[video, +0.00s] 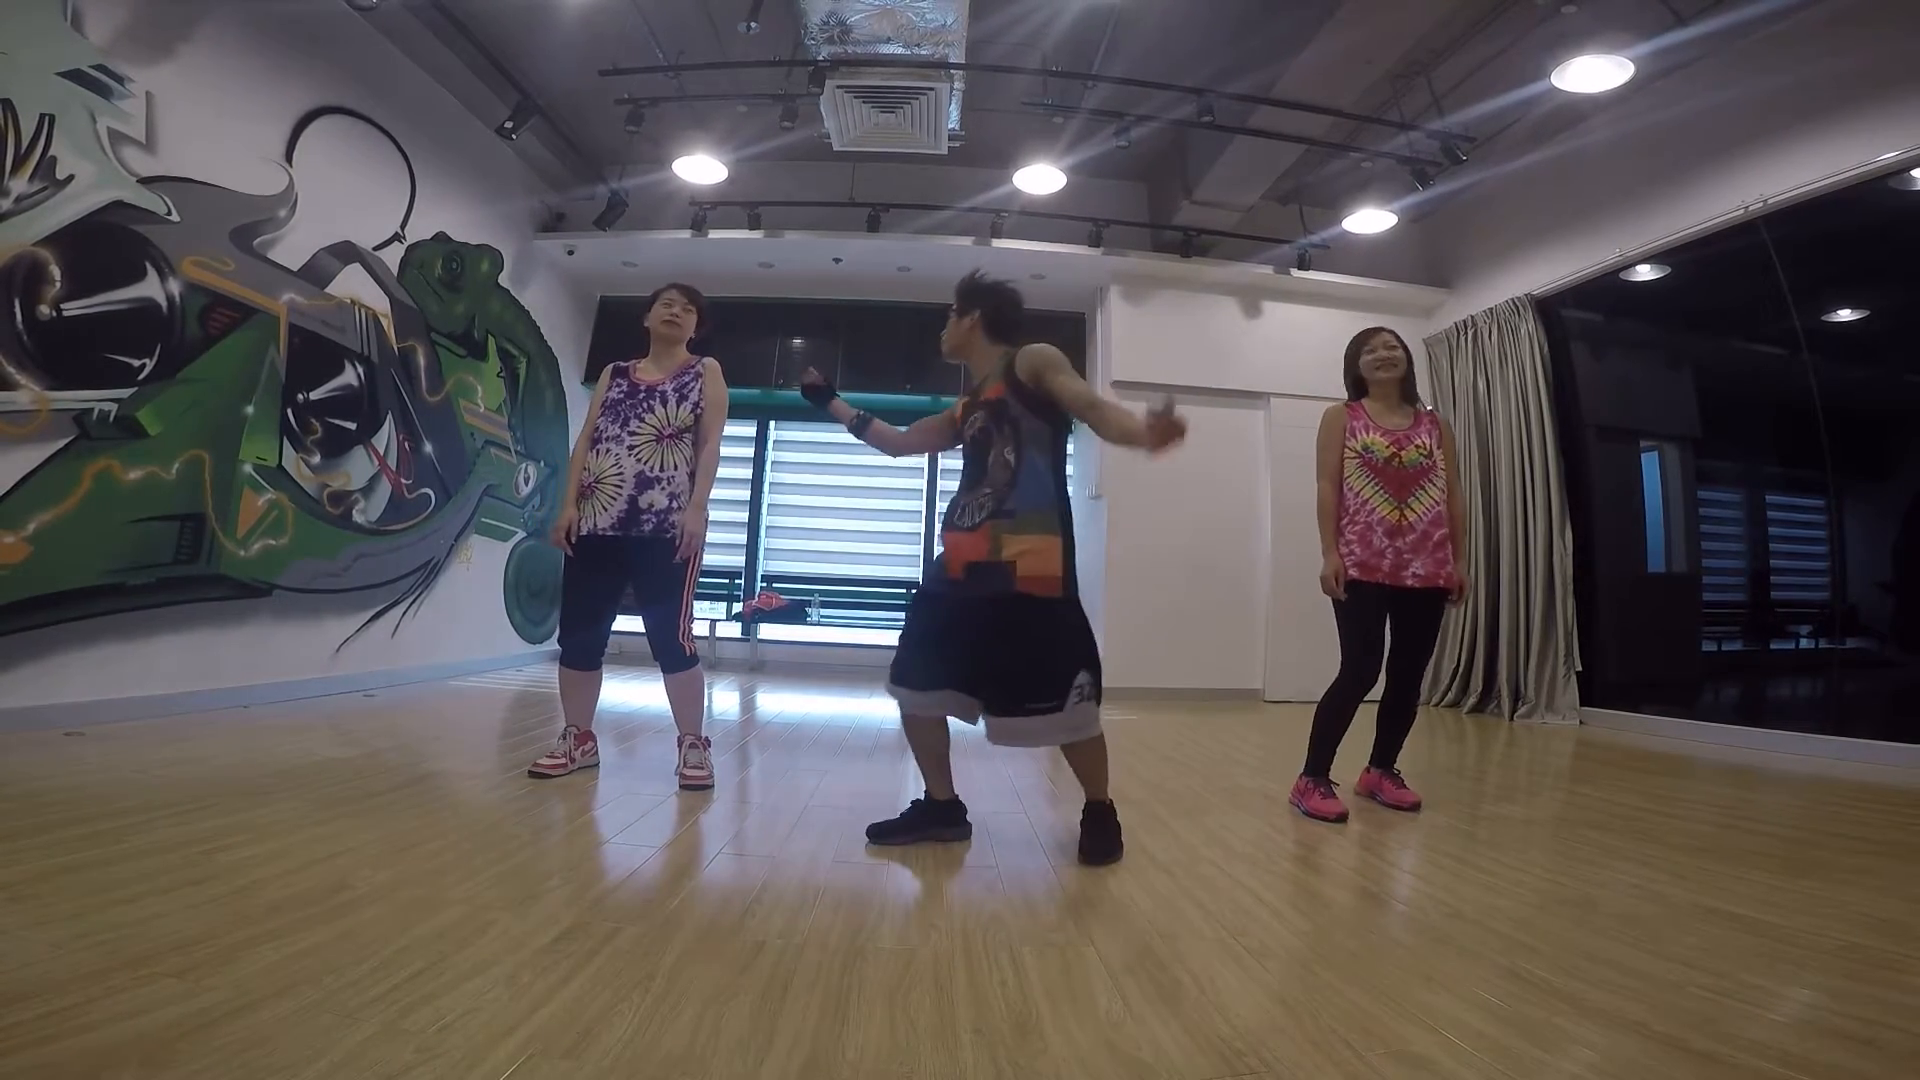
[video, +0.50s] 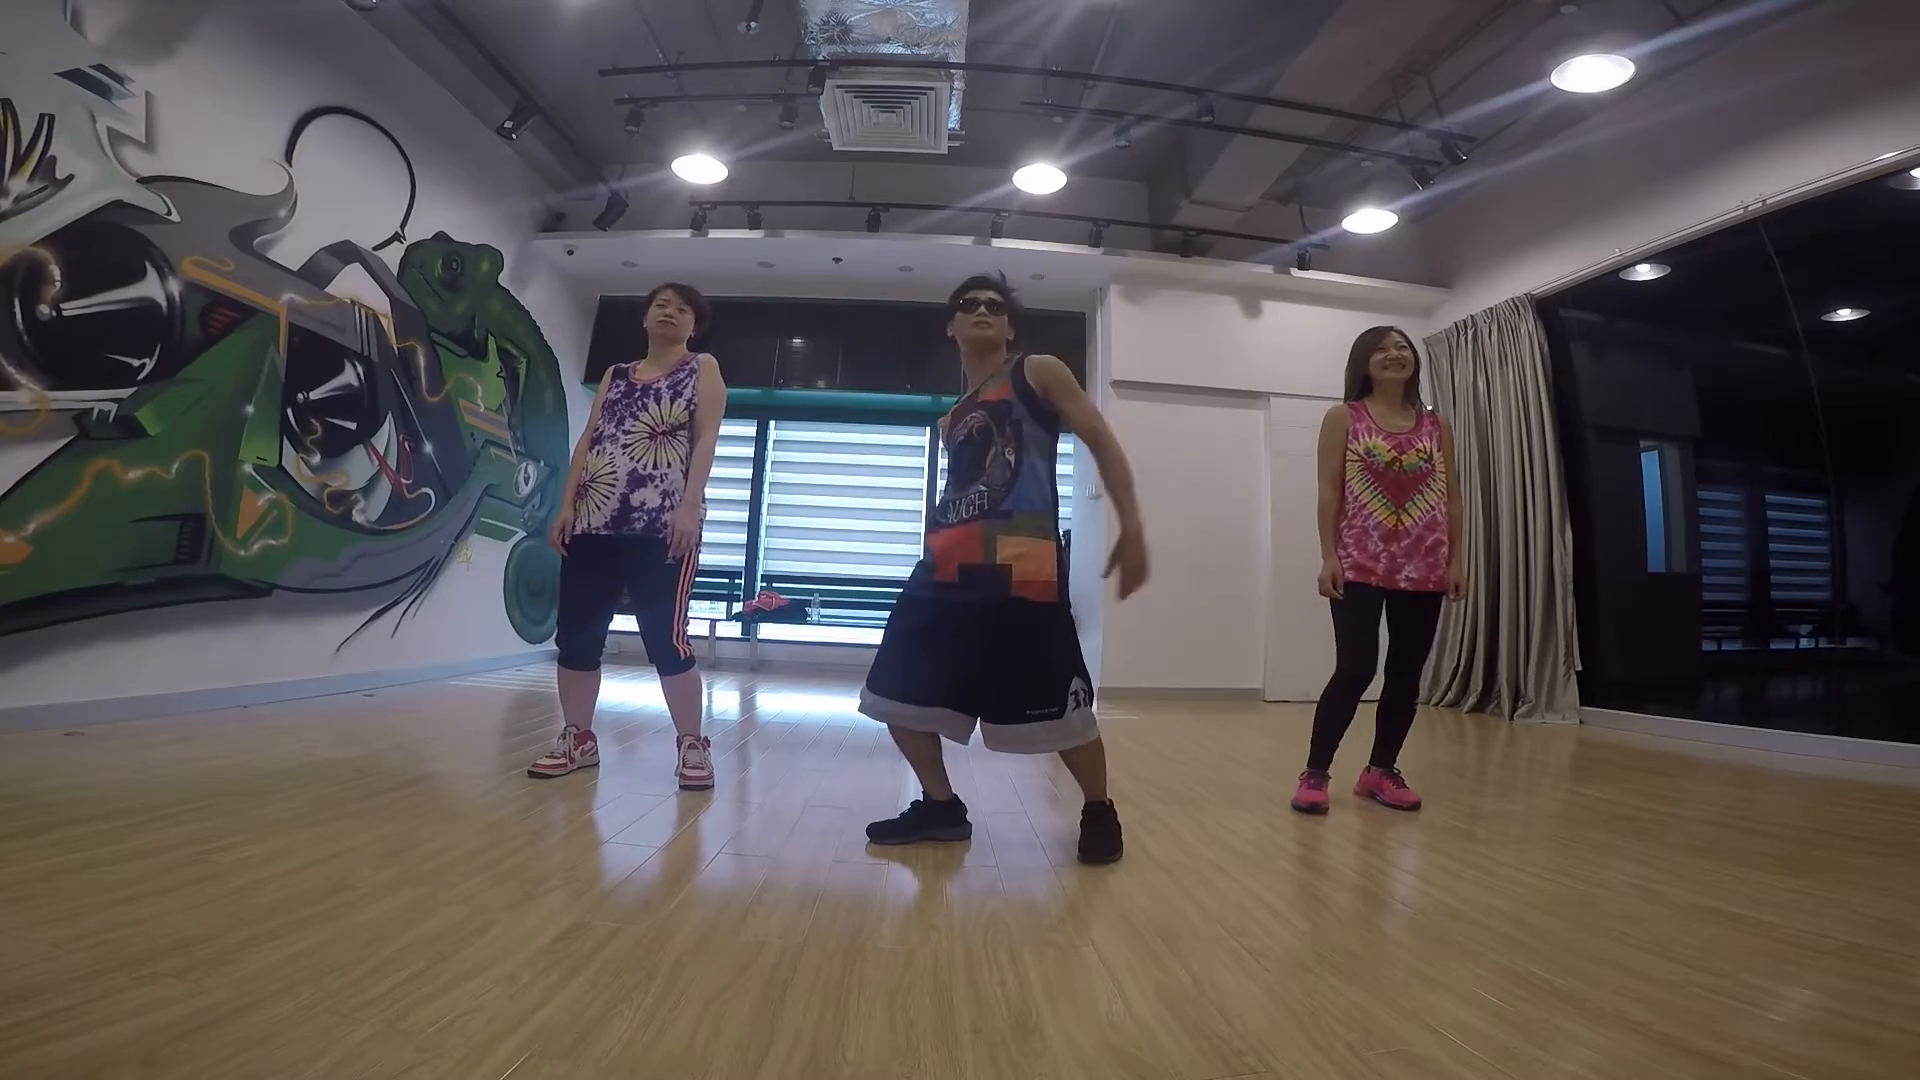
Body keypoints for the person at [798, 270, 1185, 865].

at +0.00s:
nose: (944, 328)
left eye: (952, 317)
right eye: (947, 317)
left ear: (977, 320)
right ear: (978, 324)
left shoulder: (1033, 361)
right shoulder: (970, 405)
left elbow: (1089, 405)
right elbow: (899, 440)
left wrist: (1143, 433)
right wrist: (829, 400)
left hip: (1036, 567)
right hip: (961, 567)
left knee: (1067, 700)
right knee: (917, 685)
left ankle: (1099, 811)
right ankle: (940, 805)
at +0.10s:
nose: (938, 332)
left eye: (945, 322)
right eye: (941, 322)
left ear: (970, 326)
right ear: (971, 330)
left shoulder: (1024, 362)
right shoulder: (965, 412)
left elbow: (1083, 395)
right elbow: (895, 442)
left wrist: (1137, 410)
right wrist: (828, 399)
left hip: (1031, 562)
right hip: (959, 565)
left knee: (1060, 698)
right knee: (911, 687)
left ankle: (1098, 810)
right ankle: (940, 805)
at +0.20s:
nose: (935, 333)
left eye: (943, 322)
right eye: (939, 323)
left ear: (968, 329)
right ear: (968, 333)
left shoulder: (1022, 364)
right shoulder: (966, 414)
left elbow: (1086, 399)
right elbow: (907, 464)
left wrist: (1142, 425)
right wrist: (844, 422)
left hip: (1029, 565)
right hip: (957, 568)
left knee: (1060, 699)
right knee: (904, 689)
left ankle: (1098, 810)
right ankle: (940, 804)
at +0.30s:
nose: (941, 322)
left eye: (955, 312)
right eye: (941, 315)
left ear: (991, 325)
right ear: (951, 335)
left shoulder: (1028, 367)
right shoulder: (959, 413)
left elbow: (1095, 413)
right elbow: (955, 484)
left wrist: (1153, 464)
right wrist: (896, 493)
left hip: (1026, 567)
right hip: (953, 569)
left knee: (1062, 700)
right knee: (902, 688)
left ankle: (1098, 810)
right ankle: (939, 805)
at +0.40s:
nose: (969, 313)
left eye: (983, 306)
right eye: (959, 306)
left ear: (1006, 326)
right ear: (947, 330)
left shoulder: (1033, 369)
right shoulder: (955, 414)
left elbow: (1105, 429)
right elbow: (974, 487)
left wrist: (1150, 508)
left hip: (1025, 566)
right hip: (948, 566)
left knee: (1062, 700)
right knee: (899, 690)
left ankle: (1098, 808)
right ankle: (939, 804)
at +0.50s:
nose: (982, 313)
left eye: (994, 308)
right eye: (970, 307)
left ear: (1011, 328)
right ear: (951, 329)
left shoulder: (1038, 371)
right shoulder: (955, 418)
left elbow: (1101, 441)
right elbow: (967, 495)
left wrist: (1132, 527)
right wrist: (947, 556)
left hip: (1025, 568)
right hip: (947, 570)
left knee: (1060, 702)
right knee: (896, 693)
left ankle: (1098, 807)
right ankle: (939, 804)